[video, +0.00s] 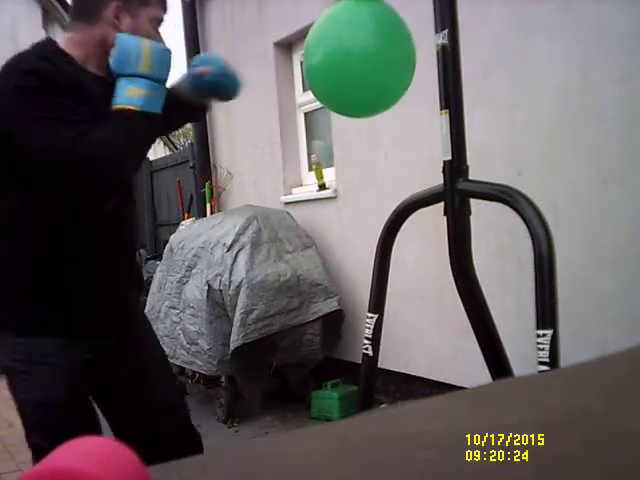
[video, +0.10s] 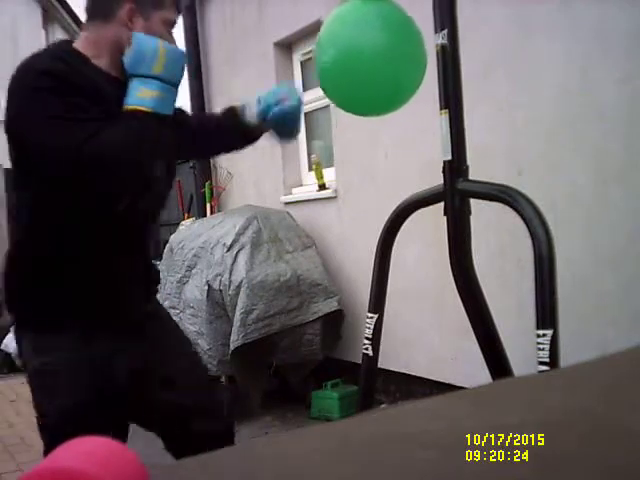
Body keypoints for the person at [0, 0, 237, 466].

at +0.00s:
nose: (161, 38)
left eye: (162, 25)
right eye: (157, 22)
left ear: (117, 17)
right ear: (118, 15)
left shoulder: (110, 87)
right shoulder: (24, 81)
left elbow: (143, 126)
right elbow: (95, 172)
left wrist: (190, 95)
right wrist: (140, 89)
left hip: (111, 311)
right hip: (35, 322)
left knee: (172, 449)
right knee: (70, 466)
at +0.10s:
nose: (171, 40)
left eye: (173, 29)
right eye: (167, 25)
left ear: (132, 19)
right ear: (131, 15)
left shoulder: (132, 93)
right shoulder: (43, 79)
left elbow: (182, 137)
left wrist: (253, 119)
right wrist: (146, 90)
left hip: (130, 304)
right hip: (61, 312)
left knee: (206, 425)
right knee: (81, 463)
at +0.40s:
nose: (242, 22)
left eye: (240, 9)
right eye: (235, 8)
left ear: (199, 11)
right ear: (199, 7)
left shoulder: (211, 88)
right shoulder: (111, 76)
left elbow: (241, 109)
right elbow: (121, 171)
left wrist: (302, 98)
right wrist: (186, 96)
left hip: (190, 304)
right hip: (110, 304)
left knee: (237, 453)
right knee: (81, 456)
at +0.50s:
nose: (249, 31)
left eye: (248, 17)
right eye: (243, 14)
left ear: (207, 13)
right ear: (207, 10)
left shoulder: (222, 92)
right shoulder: (123, 73)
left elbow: (255, 132)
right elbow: (129, 162)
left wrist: (316, 113)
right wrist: (190, 88)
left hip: (195, 300)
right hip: (123, 302)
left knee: (238, 447)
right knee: (92, 454)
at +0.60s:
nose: (239, 36)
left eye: (240, 23)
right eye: (235, 20)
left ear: (200, 17)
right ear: (200, 14)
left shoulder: (190, 87)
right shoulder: (122, 76)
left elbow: (183, 180)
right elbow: (157, 164)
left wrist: (244, 176)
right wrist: (207, 92)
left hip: (193, 303)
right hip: (130, 304)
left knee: (239, 444)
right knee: (104, 453)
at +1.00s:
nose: (139, 68)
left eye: (138, 55)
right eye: (133, 52)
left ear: (96, 49)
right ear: (97, 45)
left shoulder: (79, 121)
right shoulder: (28, 108)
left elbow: (90, 205)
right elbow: (78, 201)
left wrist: (132, 175)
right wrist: (123, 134)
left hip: (106, 333)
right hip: (54, 341)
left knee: (180, 450)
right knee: (64, 468)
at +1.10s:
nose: (111, 52)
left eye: (113, 40)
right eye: (106, 36)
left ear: (71, 32)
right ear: (68, 28)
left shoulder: (67, 106)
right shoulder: (7, 92)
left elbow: (68, 202)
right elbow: (32, 191)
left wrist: (109, 165)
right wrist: (92, 114)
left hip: (98, 315)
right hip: (33, 323)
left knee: (162, 441)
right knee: (41, 466)